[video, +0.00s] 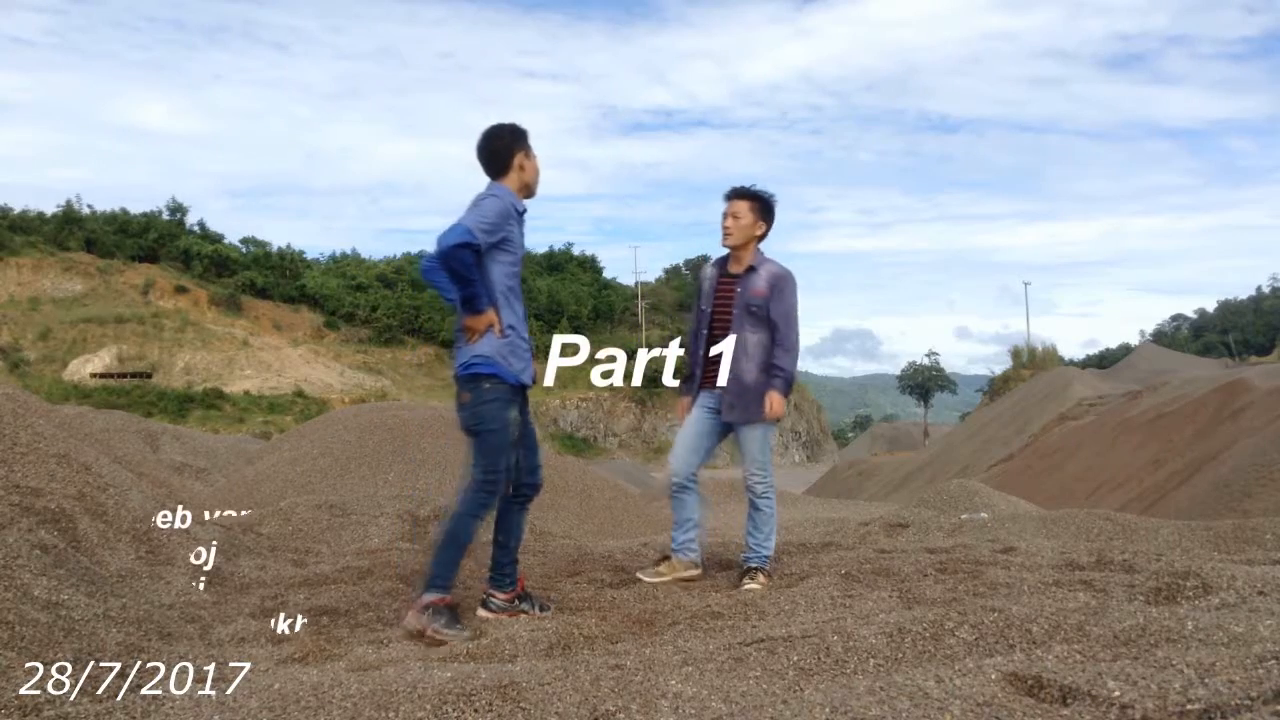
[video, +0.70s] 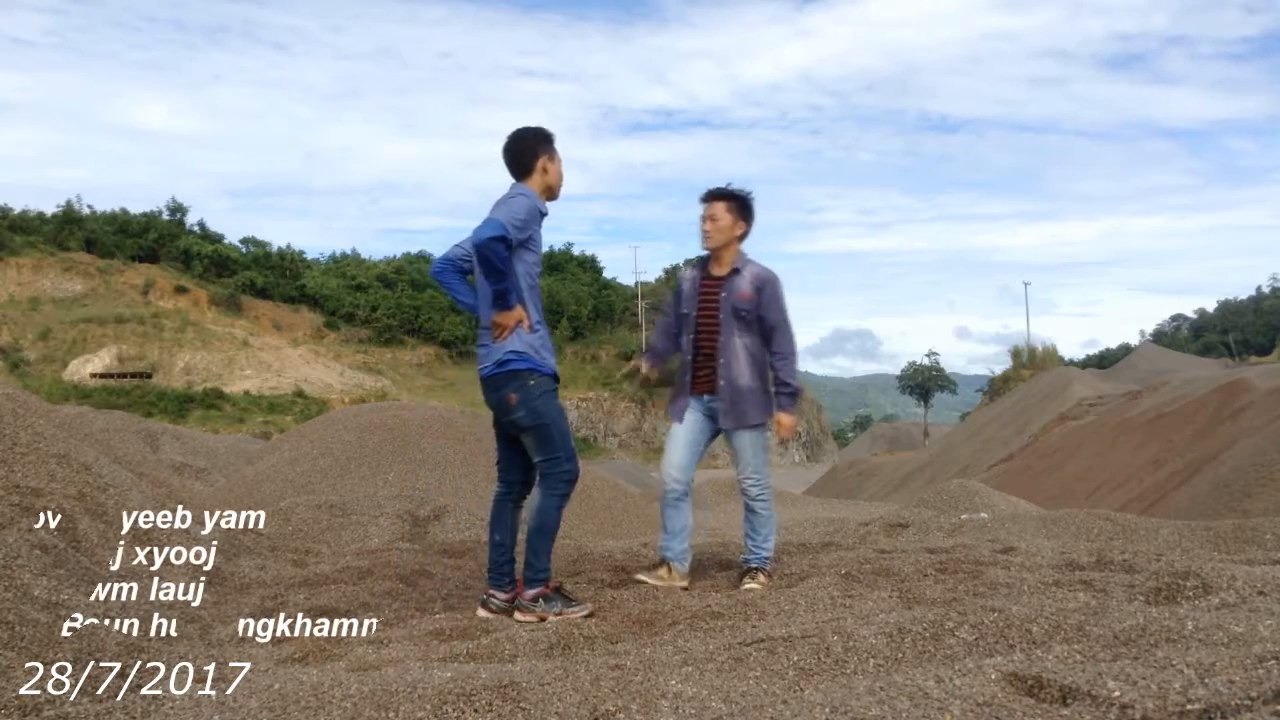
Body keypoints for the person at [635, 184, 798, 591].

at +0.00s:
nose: (726, 224)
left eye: (736, 218)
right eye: (725, 217)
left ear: (760, 228)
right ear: (725, 222)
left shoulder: (776, 278)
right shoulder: (711, 273)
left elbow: (787, 339)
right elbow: (698, 333)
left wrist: (779, 387)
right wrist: (689, 389)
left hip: (753, 397)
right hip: (710, 394)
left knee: (757, 481)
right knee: (680, 470)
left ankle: (756, 565)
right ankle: (685, 559)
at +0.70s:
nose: (704, 226)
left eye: (714, 220)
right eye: (703, 219)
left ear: (740, 227)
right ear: (702, 224)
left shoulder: (761, 281)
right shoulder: (689, 277)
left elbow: (782, 344)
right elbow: (672, 326)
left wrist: (786, 404)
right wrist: (652, 358)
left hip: (744, 402)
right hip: (696, 401)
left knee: (753, 485)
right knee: (673, 477)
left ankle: (757, 565)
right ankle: (675, 565)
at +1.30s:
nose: (627, 213)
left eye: (635, 205)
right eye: (623, 207)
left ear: (661, 211)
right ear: (620, 214)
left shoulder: (692, 264)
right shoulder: (610, 258)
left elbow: (716, 318)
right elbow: (559, 246)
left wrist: (724, 364)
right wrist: (512, 222)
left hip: (697, 384)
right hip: (647, 392)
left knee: (723, 467)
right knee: (658, 484)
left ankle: (733, 544)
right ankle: (671, 567)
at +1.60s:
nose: (626, 211)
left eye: (635, 203)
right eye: (623, 205)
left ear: (662, 210)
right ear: (621, 212)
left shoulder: (692, 263)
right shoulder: (607, 266)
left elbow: (720, 324)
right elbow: (587, 321)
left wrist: (745, 374)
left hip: (686, 386)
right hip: (637, 393)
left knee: (694, 473)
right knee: (651, 483)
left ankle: (701, 559)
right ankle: (665, 566)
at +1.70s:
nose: (628, 210)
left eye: (638, 202)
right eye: (625, 203)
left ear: (665, 209)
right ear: (623, 211)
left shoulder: (693, 263)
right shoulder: (608, 267)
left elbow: (718, 325)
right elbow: (598, 334)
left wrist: (740, 377)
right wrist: (609, 396)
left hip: (685, 385)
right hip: (633, 392)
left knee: (688, 474)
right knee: (651, 484)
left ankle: (692, 566)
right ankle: (664, 567)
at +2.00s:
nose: (636, 204)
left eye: (646, 197)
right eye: (635, 197)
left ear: (674, 204)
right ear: (637, 204)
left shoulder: (701, 261)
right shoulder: (621, 264)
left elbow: (723, 330)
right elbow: (598, 325)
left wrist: (735, 392)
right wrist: (574, 382)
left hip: (685, 391)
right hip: (637, 391)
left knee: (687, 483)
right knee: (650, 486)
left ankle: (691, 576)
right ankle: (666, 567)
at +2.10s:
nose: (640, 202)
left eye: (650, 194)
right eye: (639, 195)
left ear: (678, 202)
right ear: (642, 203)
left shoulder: (702, 259)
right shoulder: (627, 261)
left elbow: (725, 328)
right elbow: (601, 325)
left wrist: (735, 390)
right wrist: (569, 377)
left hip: (687, 391)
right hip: (640, 391)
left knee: (689, 483)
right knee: (637, 485)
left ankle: (692, 577)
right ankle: (667, 562)